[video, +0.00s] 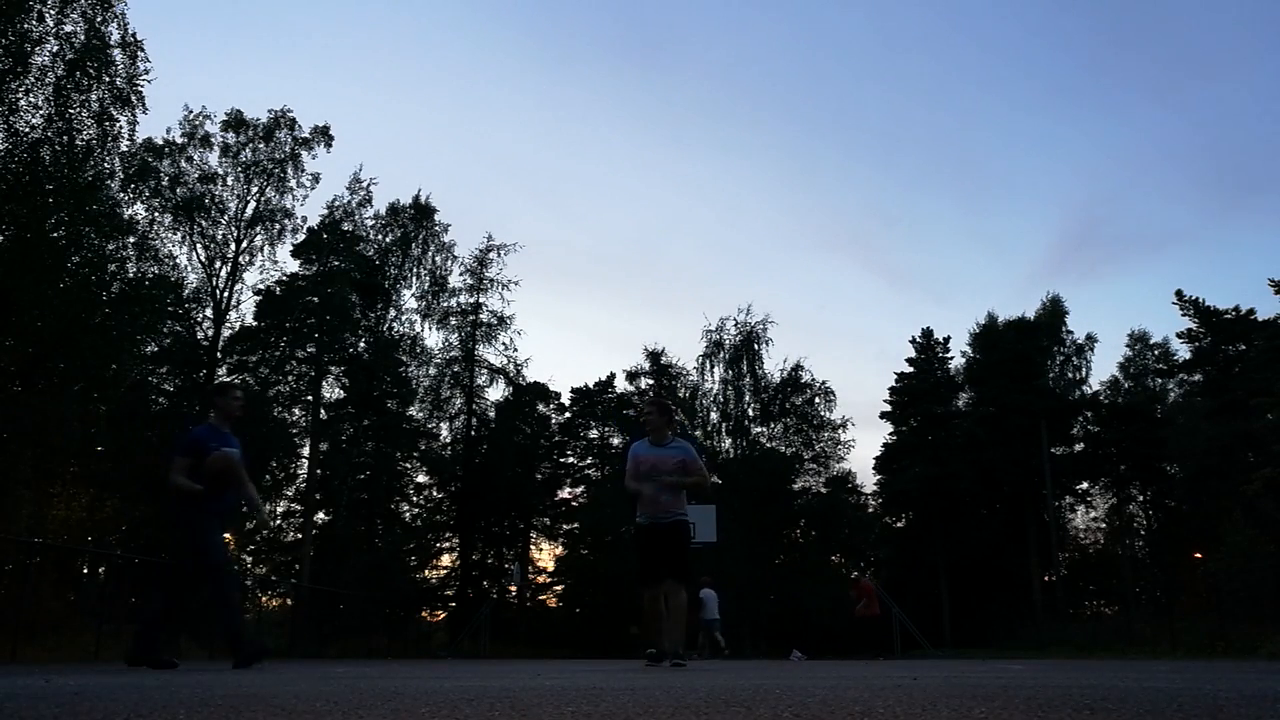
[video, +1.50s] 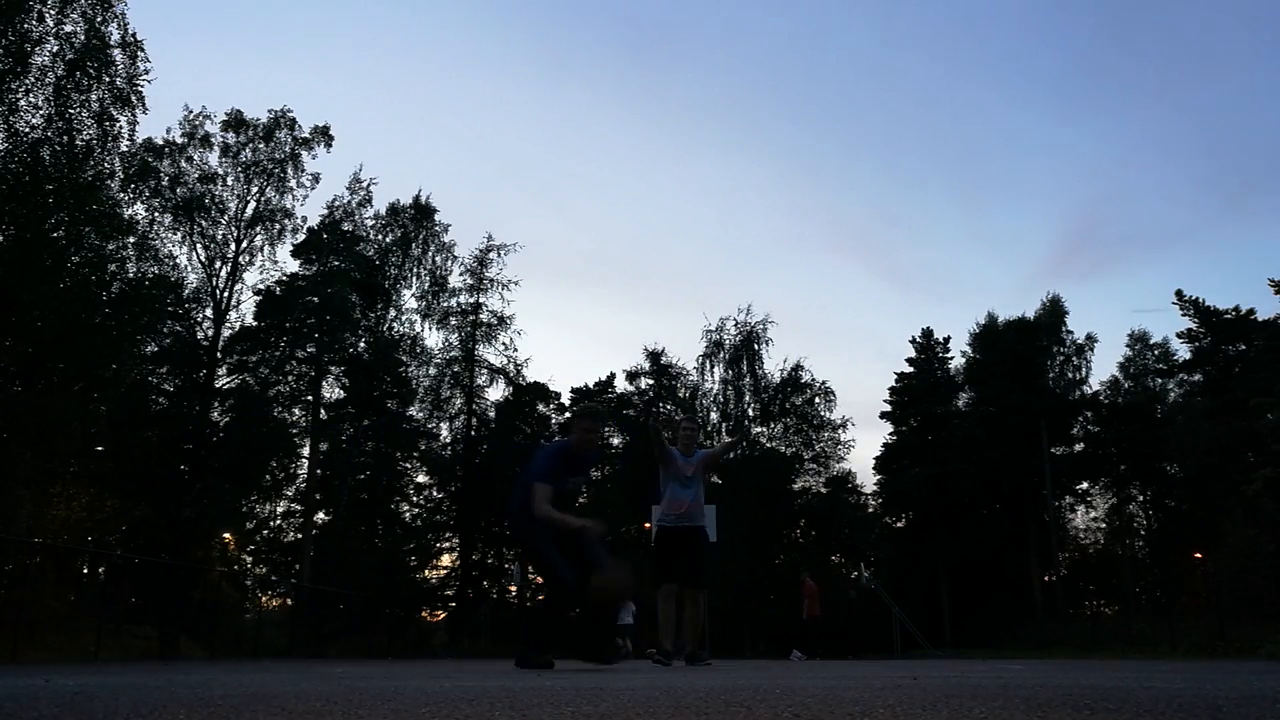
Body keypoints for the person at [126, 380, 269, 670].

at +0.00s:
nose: (239, 405)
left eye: (240, 401)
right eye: (234, 400)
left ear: (235, 406)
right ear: (219, 402)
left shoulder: (232, 441)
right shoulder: (198, 435)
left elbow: (242, 479)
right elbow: (176, 476)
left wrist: (259, 509)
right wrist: (199, 489)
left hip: (215, 521)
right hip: (194, 521)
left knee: (181, 583)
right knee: (224, 581)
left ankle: (148, 648)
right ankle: (240, 651)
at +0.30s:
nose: (302, 396)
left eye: (303, 392)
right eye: (298, 391)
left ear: (294, 394)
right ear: (282, 390)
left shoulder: (288, 426)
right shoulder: (260, 421)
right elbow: (242, 458)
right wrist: (279, 448)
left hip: (279, 509)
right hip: (258, 509)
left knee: (288, 574)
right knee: (261, 575)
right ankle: (247, 650)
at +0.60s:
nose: (372, 414)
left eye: (376, 409)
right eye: (370, 407)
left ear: (373, 411)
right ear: (357, 401)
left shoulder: (353, 438)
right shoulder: (328, 426)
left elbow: (339, 478)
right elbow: (314, 469)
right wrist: (350, 498)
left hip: (335, 513)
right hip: (313, 511)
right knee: (289, 579)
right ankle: (254, 649)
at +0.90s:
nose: (441, 410)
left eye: (445, 406)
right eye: (439, 403)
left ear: (444, 407)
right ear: (426, 396)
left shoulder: (427, 434)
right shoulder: (396, 423)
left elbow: (434, 470)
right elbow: (381, 463)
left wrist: (448, 495)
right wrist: (415, 483)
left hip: (402, 509)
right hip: (381, 508)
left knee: (401, 576)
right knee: (390, 575)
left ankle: (390, 649)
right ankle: (378, 651)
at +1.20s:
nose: (505, 421)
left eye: (510, 416)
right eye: (501, 414)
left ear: (516, 420)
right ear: (490, 412)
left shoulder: (511, 447)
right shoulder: (467, 442)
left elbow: (532, 481)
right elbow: (463, 481)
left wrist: (552, 514)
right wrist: (495, 466)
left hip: (483, 520)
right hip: (457, 518)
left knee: (447, 586)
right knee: (490, 578)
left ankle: (394, 639)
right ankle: (519, 651)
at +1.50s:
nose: (590, 438)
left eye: (595, 432)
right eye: (585, 432)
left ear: (599, 433)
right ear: (573, 430)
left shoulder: (591, 457)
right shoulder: (552, 455)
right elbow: (541, 507)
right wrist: (580, 523)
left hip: (557, 525)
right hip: (531, 525)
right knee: (561, 582)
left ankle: (593, 645)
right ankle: (531, 651)